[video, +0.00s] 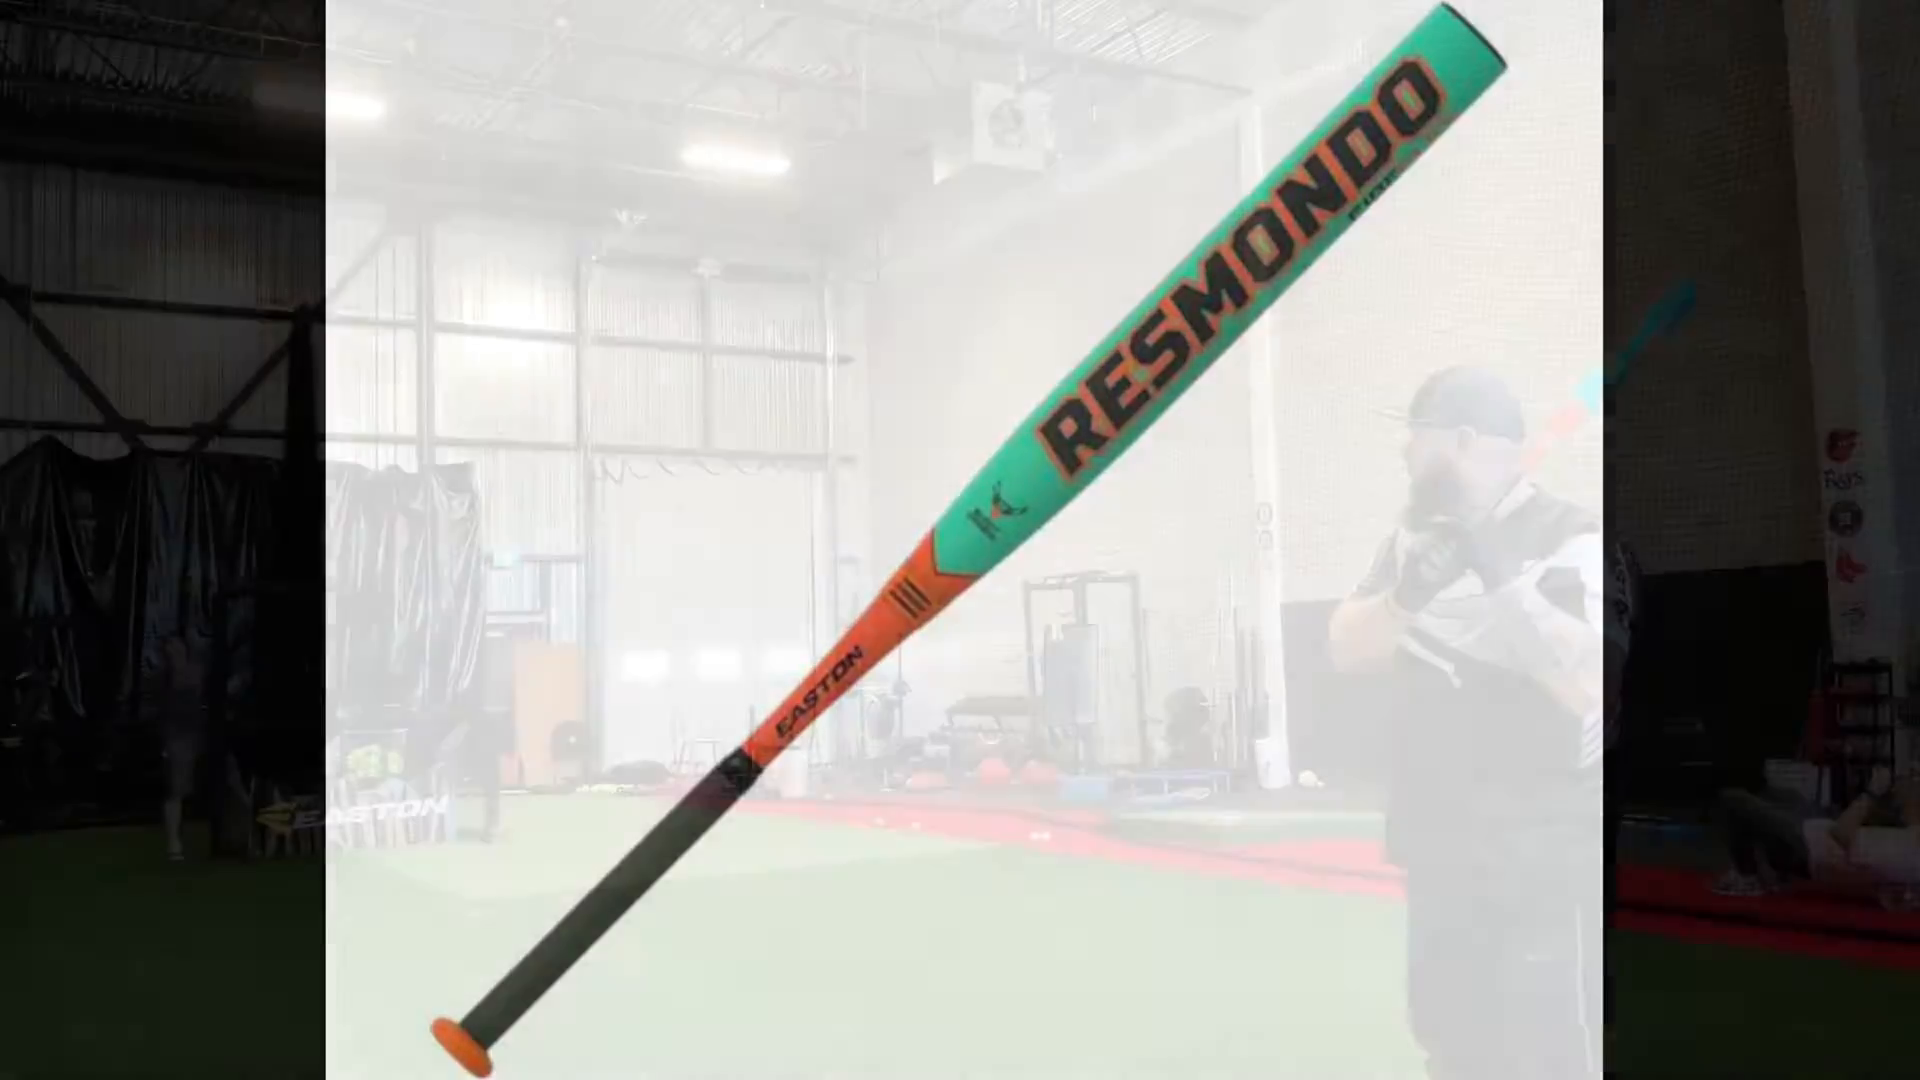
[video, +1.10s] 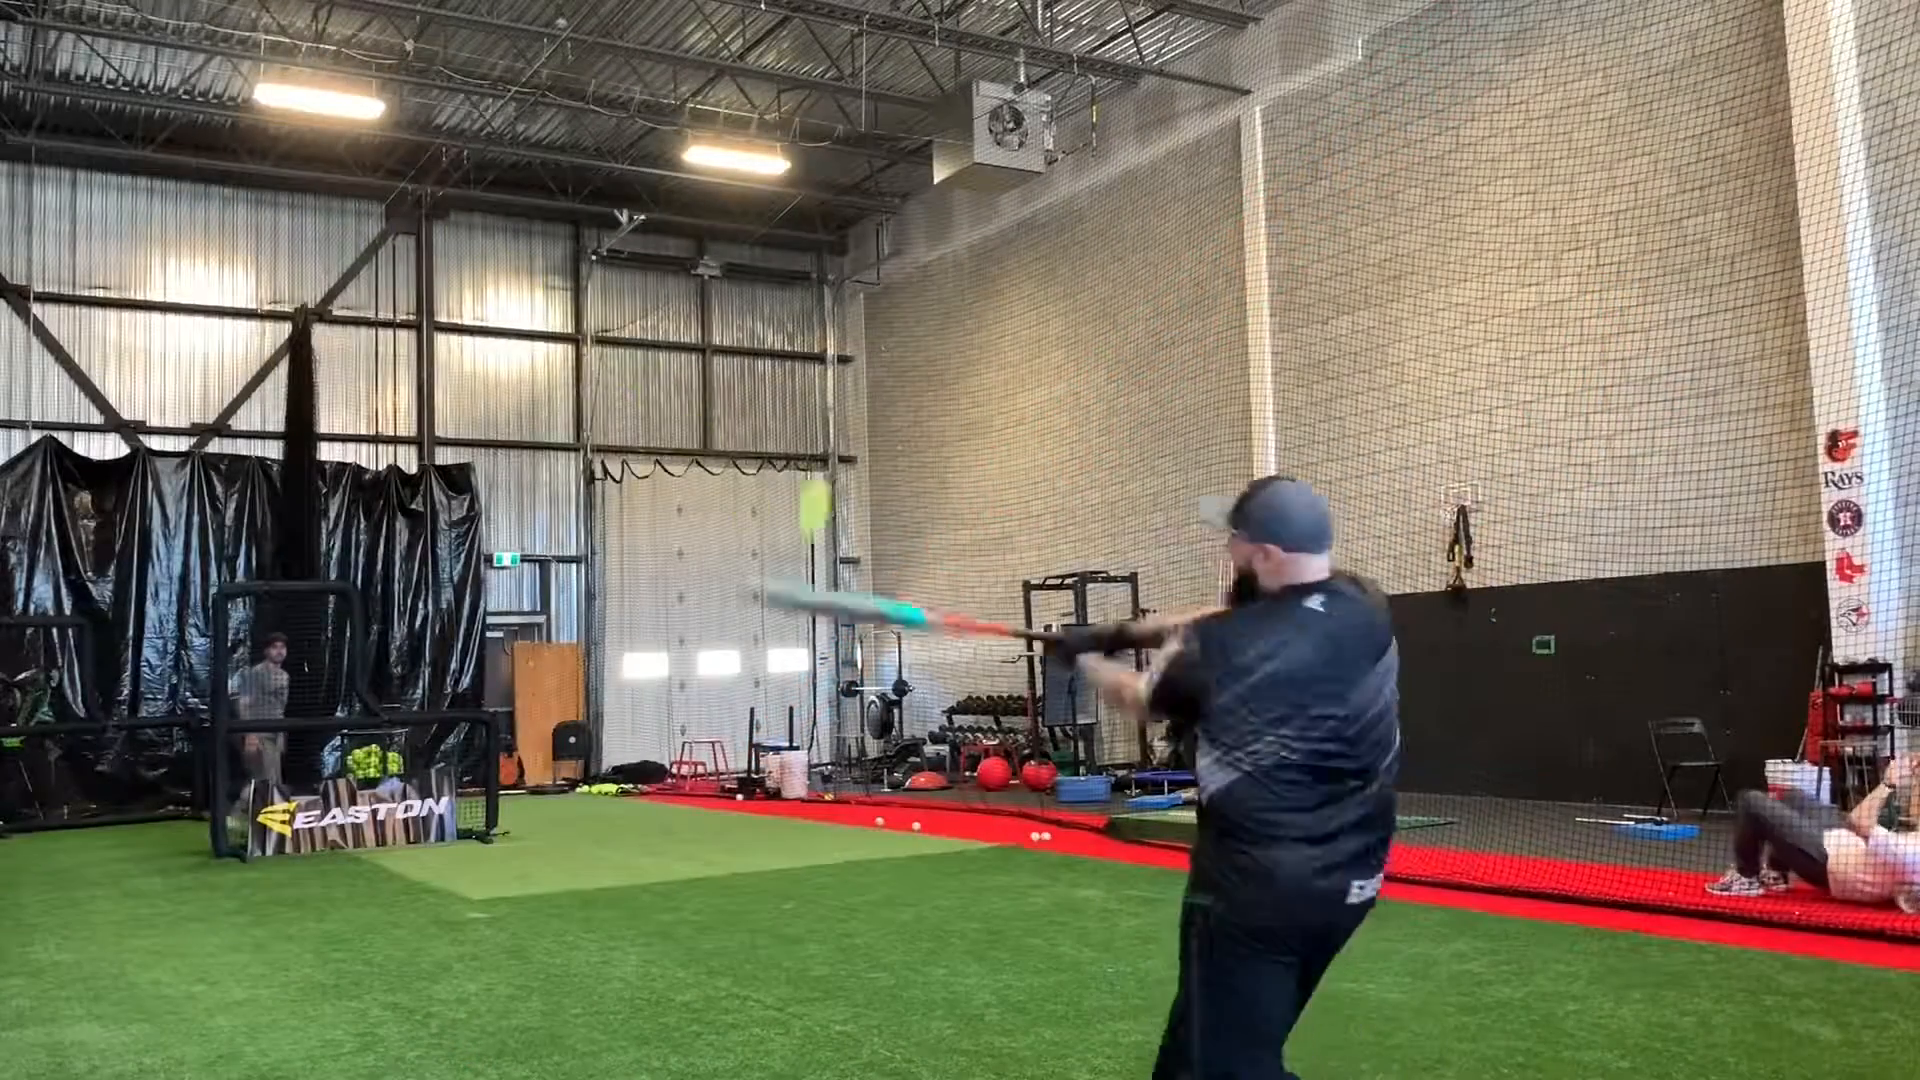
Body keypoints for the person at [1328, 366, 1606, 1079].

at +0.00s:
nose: (1429, 462)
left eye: (1448, 441)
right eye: (1419, 442)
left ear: (1503, 445)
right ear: (1409, 448)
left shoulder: (1571, 535)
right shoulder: (1412, 542)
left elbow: (1586, 689)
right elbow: (1348, 650)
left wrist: (1495, 575)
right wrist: (1412, 583)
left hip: (1547, 850)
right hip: (1440, 847)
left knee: (1544, 1039)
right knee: (1452, 1034)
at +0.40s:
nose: (1371, 467)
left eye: (1385, 450)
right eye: (1376, 450)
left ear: (1435, 458)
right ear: (1432, 461)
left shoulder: (1563, 563)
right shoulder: (1379, 555)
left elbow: (1623, 709)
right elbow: (1331, 673)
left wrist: (1525, 638)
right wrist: (1418, 648)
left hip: (1527, 895)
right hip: (1407, 886)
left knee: (1530, 1067)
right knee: (1394, 1059)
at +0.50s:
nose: (1355, 480)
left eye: (1369, 462)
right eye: (1361, 463)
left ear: (1417, 474)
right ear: (1417, 476)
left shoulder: (1549, 580)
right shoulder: (1363, 575)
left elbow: (1624, 727)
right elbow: (1334, 695)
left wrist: (1534, 684)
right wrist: (1437, 691)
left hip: (1519, 882)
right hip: (1394, 870)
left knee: (1550, 1065)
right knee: (1330, 1019)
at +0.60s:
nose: (1328, 502)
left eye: (1342, 485)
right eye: (1334, 486)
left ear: (1389, 500)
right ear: (1387, 502)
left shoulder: (1523, 599)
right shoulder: (1338, 592)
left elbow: (1606, 739)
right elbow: (1332, 718)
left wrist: (1535, 725)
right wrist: (1435, 743)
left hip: (1492, 871)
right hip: (1367, 858)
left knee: (1518, 1062)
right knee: (1275, 976)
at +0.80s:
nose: (1258, 539)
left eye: (1273, 524)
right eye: (1263, 524)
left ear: (1323, 537)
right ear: (1318, 539)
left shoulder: (1440, 613)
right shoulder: (1269, 616)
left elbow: (1543, 742)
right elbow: (1267, 702)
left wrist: (1483, 685)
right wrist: (1392, 702)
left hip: (1430, 881)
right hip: (1306, 873)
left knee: (1472, 1052)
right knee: (1195, 994)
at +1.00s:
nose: (1228, 559)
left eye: (1241, 550)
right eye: (1233, 548)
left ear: (1286, 570)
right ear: (1285, 570)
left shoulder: (1311, 661)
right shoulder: (1264, 633)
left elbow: (1233, 771)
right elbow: (1160, 630)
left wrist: (1202, 678)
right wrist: (1206, 620)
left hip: (1312, 896)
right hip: (1274, 886)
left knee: (1273, 1055)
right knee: (1189, 995)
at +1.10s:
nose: (1229, 554)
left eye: (1235, 542)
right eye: (1230, 541)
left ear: (1265, 553)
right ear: (1316, 542)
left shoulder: (1224, 646)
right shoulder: (1365, 610)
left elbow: (1143, 697)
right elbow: (1241, 618)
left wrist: (1086, 659)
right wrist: (1138, 630)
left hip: (1254, 892)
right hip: (1348, 885)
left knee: (1237, 1062)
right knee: (1197, 1047)